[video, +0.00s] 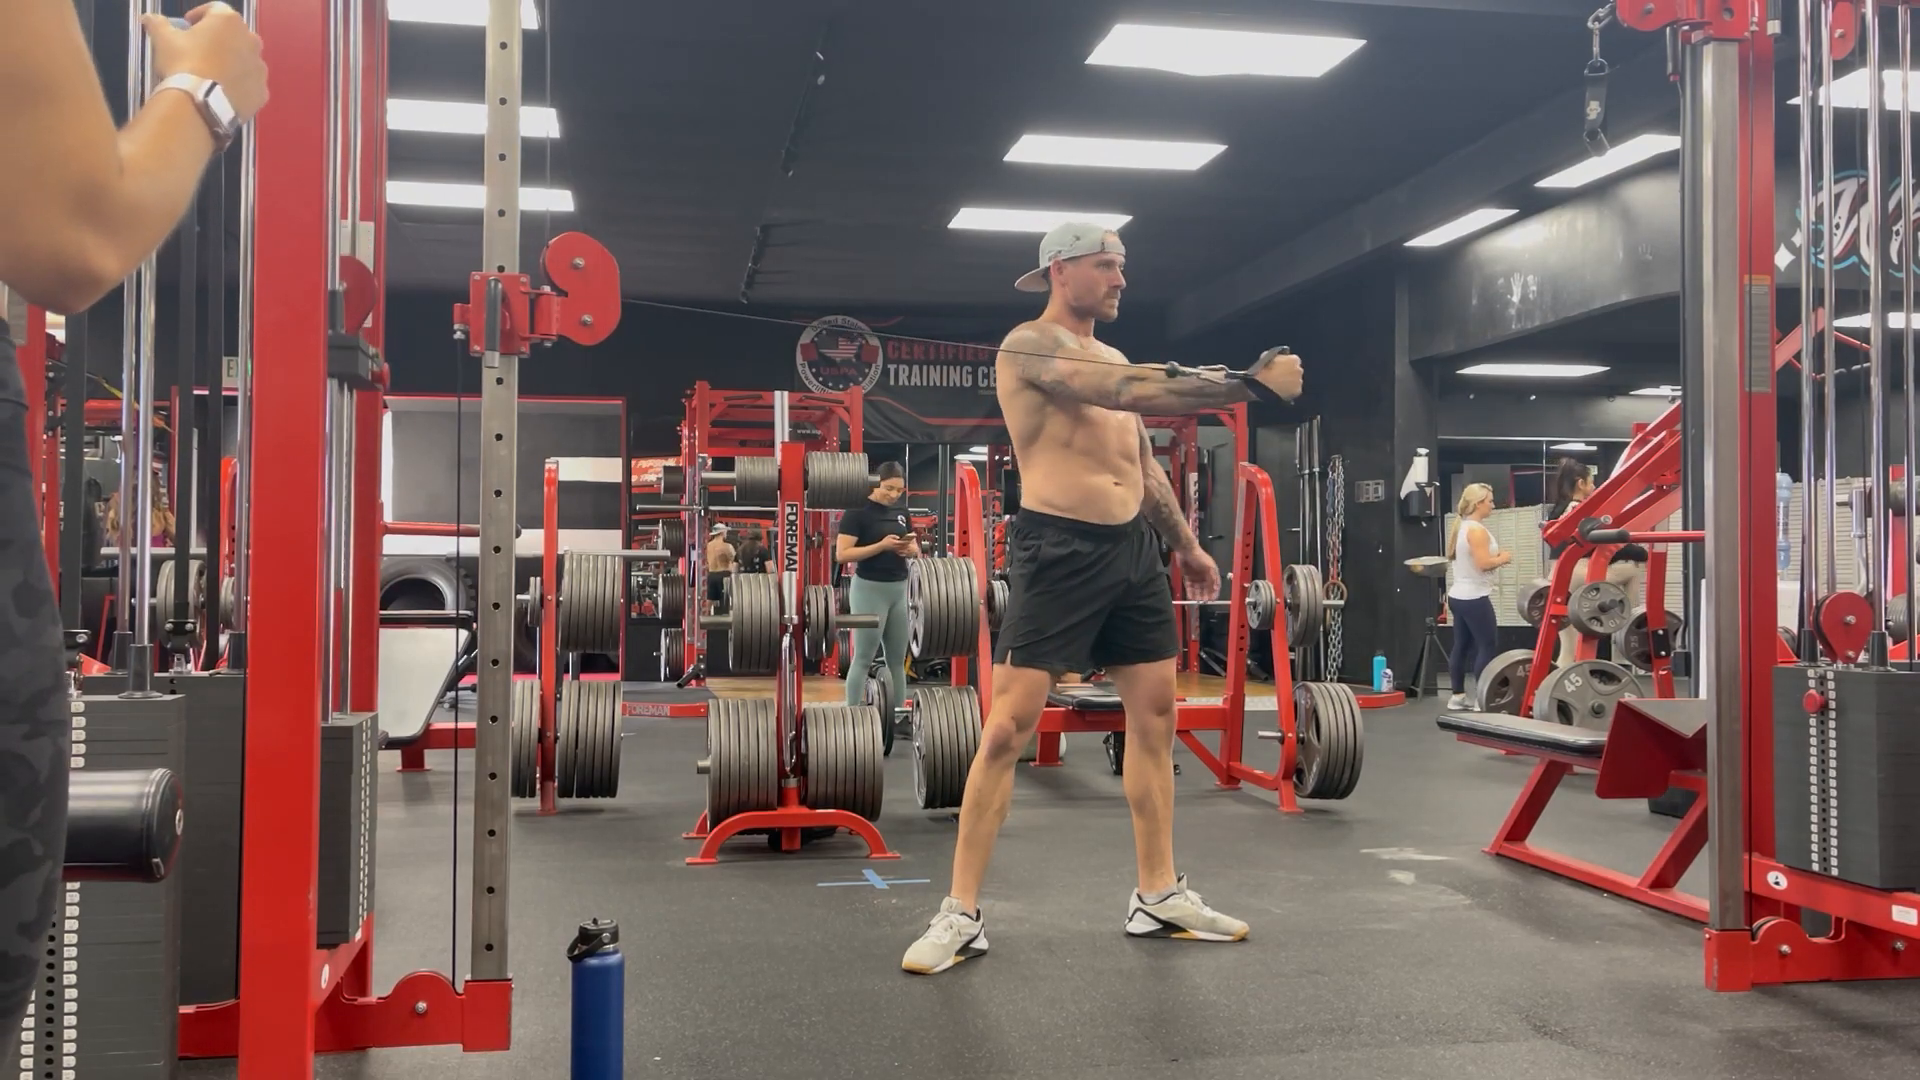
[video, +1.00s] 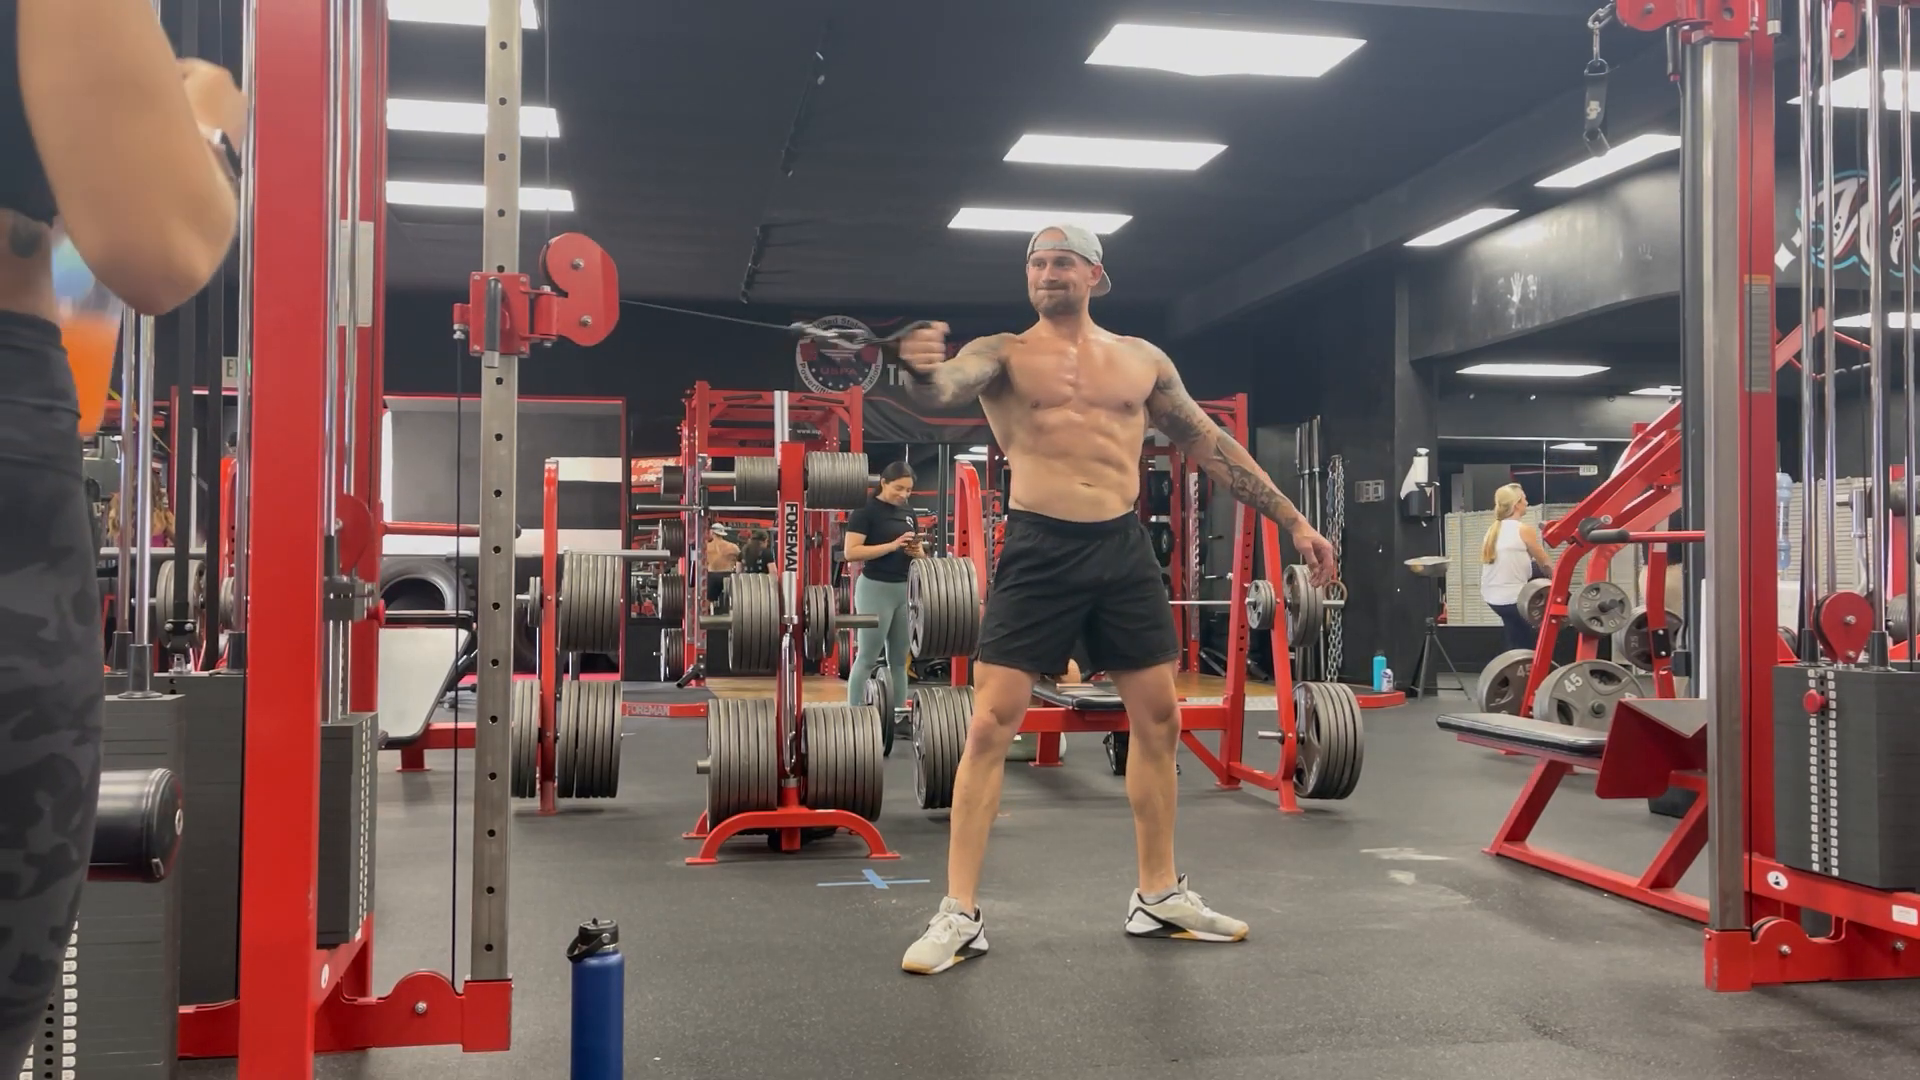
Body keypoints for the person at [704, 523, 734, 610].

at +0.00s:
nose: (726, 534)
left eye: (726, 532)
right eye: (725, 532)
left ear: (715, 533)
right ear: (722, 533)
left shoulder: (709, 545)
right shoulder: (727, 546)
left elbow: (708, 559)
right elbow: (733, 557)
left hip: (712, 572)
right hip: (724, 572)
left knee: (710, 600)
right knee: (725, 601)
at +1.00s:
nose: (710, 534)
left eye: (710, 532)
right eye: (710, 532)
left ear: (713, 533)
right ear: (723, 534)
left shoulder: (707, 547)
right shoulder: (732, 547)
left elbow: (705, 562)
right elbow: (740, 558)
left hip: (712, 573)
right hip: (728, 573)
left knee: (711, 601)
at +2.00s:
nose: (730, 536)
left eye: (730, 534)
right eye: (728, 534)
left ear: (721, 534)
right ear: (722, 534)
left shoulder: (711, 545)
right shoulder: (720, 547)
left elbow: (726, 552)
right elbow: (724, 565)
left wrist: (734, 555)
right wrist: (729, 576)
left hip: (711, 573)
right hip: (719, 573)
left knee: (710, 599)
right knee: (722, 600)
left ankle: (707, 617)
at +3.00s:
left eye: (712, 534)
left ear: (713, 534)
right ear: (724, 534)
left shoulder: (707, 546)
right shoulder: (732, 547)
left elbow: (704, 561)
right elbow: (737, 561)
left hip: (711, 572)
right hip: (726, 572)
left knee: (708, 601)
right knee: (726, 602)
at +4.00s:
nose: (725, 534)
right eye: (724, 533)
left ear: (713, 533)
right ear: (723, 534)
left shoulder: (708, 545)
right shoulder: (726, 547)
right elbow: (735, 557)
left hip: (710, 572)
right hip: (724, 572)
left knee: (709, 600)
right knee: (724, 600)